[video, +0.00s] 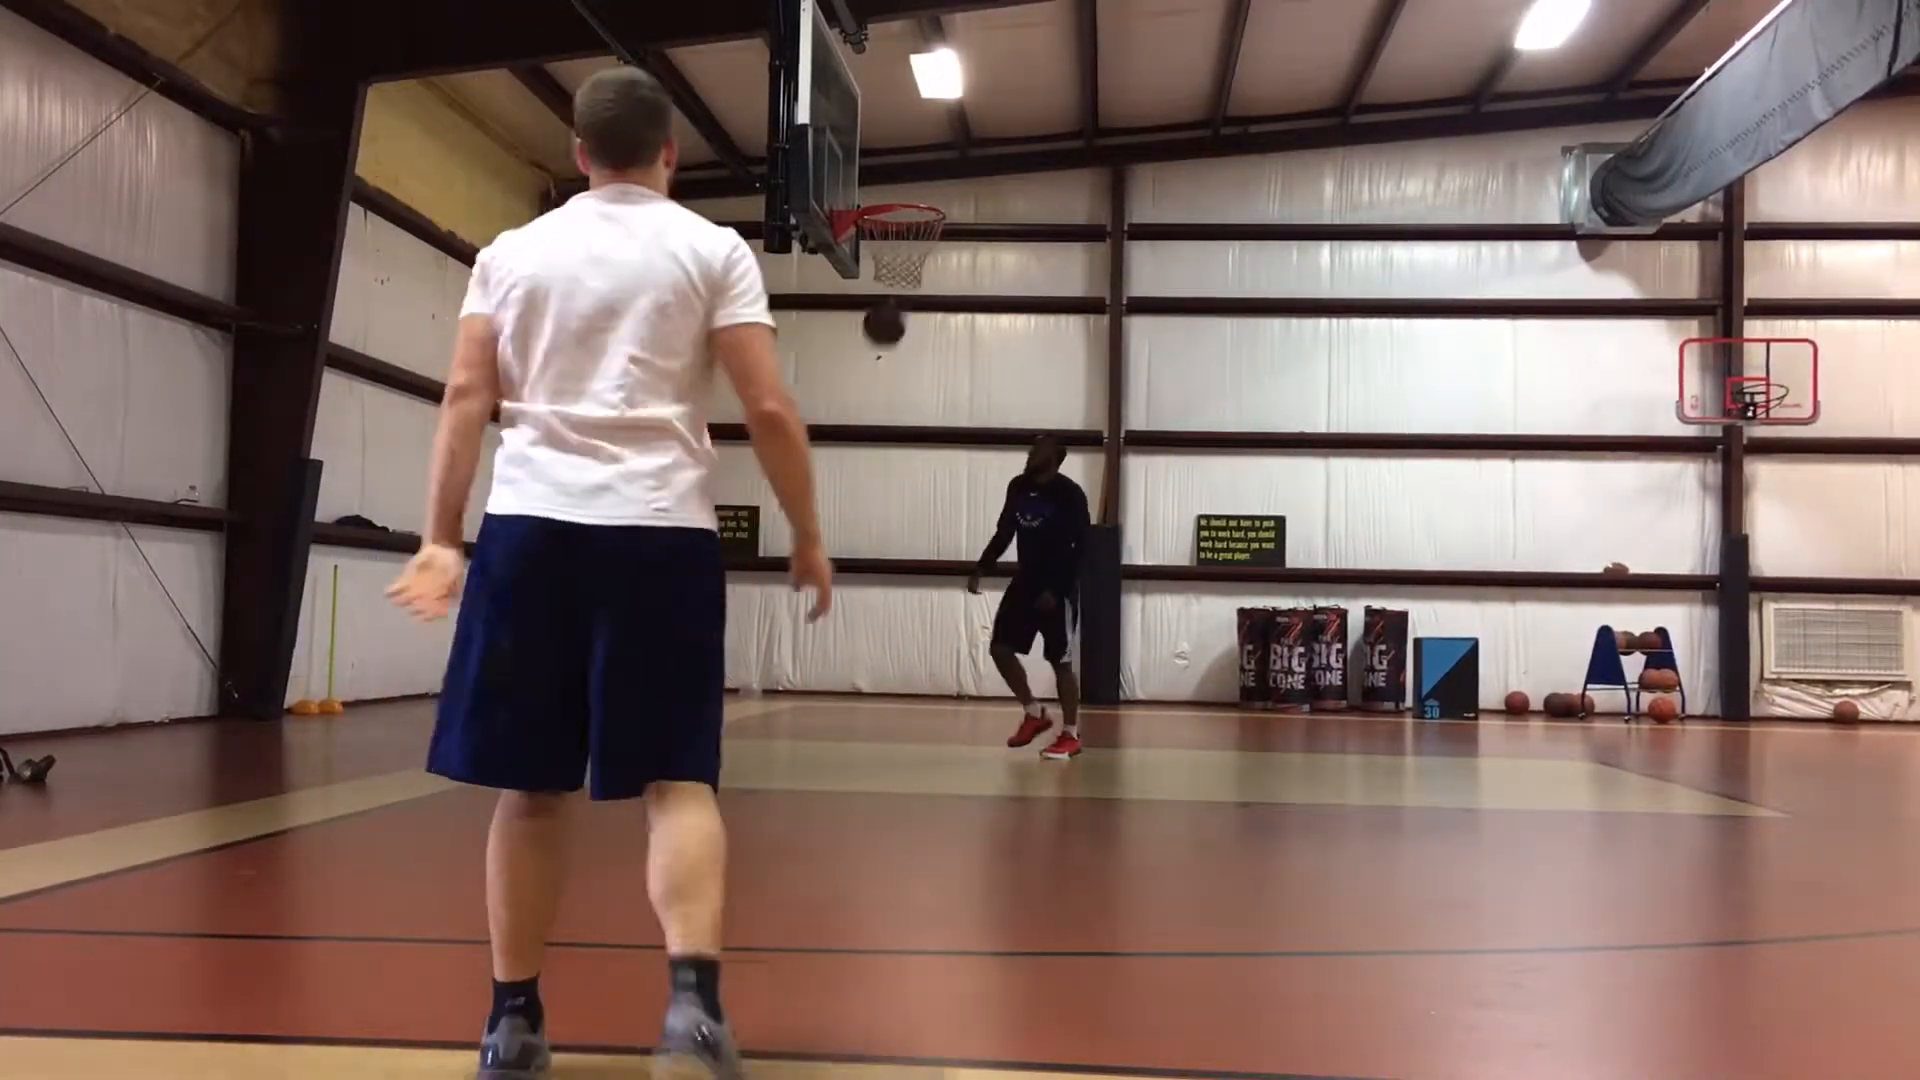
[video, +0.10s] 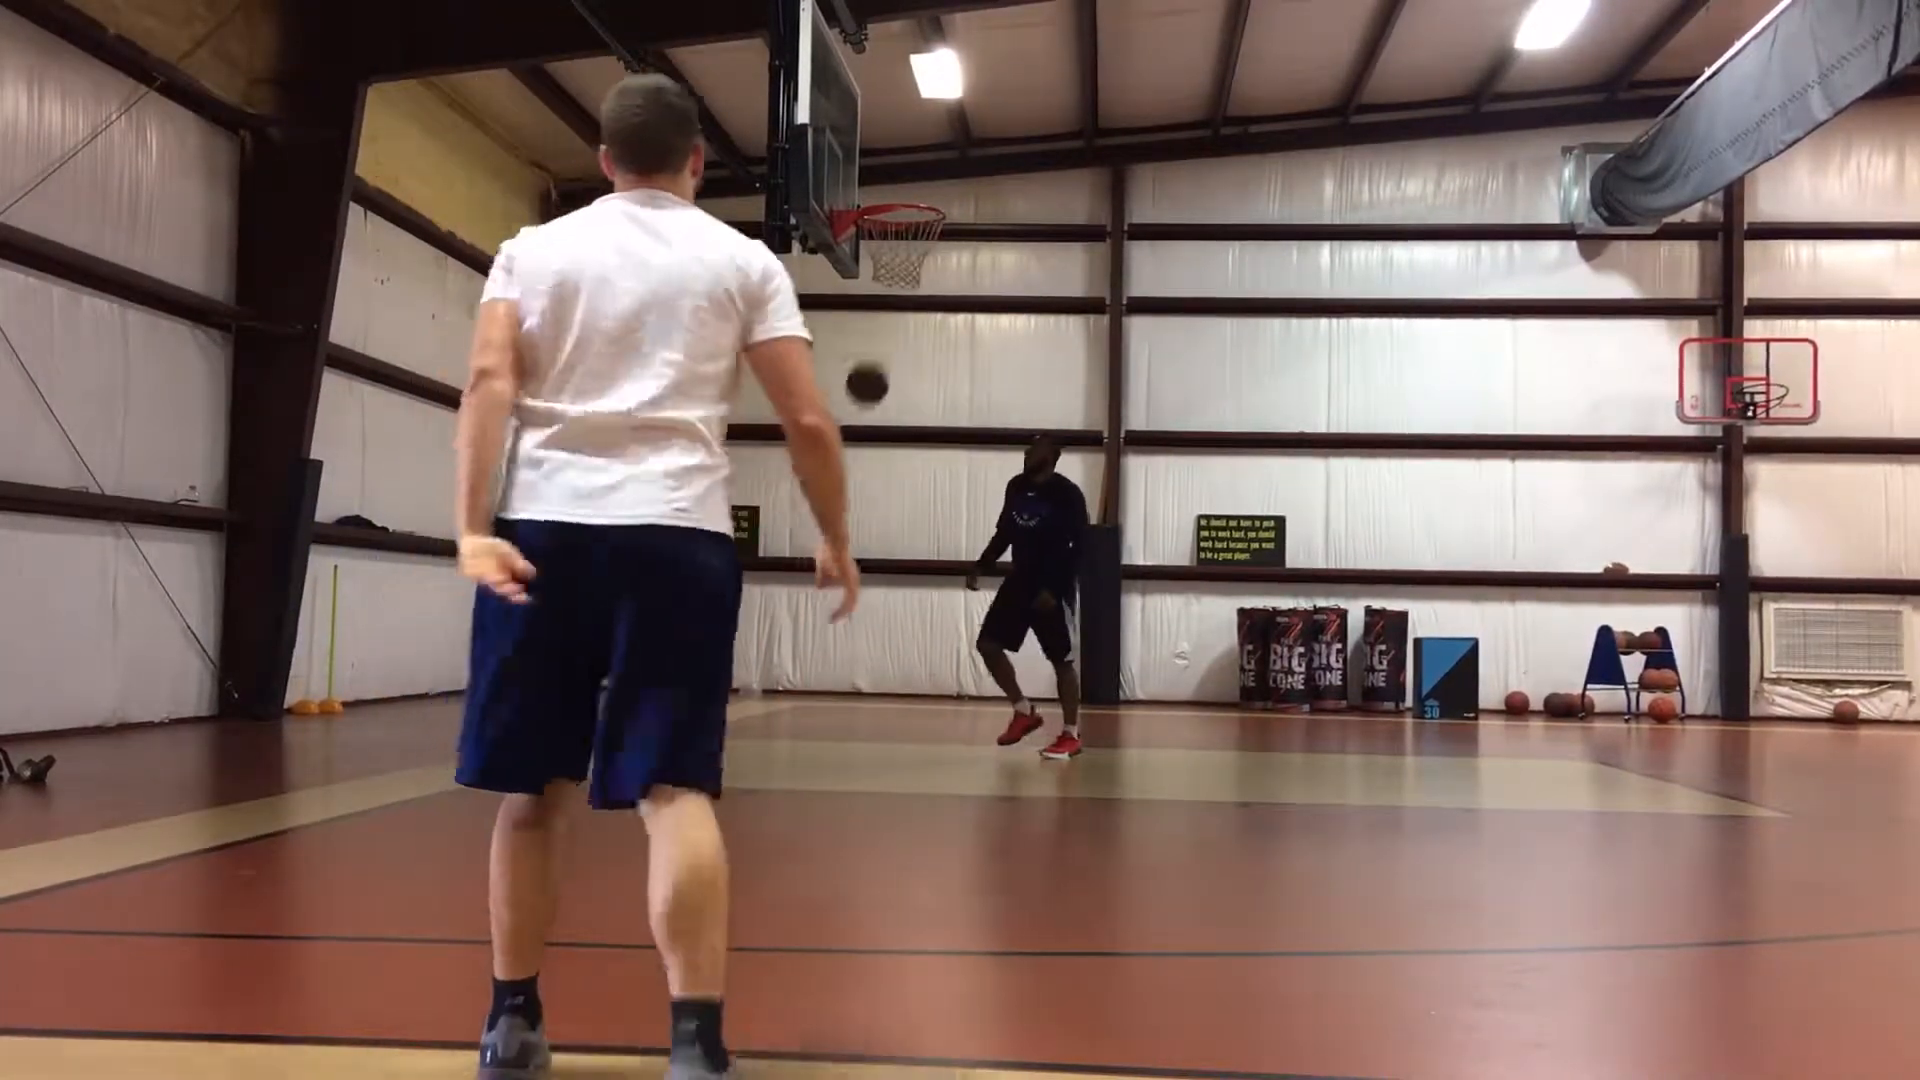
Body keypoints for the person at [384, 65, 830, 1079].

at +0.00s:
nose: (663, 164)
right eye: (670, 150)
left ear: (575, 156)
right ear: (670, 153)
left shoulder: (513, 253)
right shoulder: (715, 251)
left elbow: (466, 397)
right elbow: (768, 407)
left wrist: (441, 538)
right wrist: (807, 534)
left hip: (529, 544)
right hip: (664, 547)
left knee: (530, 787)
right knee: (679, 777)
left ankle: (512, 1022)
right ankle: (694, 1005)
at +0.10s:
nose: (696, 174)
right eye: (700, 161)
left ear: (601, 160)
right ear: (698, 163)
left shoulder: (532, 251)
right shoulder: (744, 263)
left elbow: (490, 380)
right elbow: (808, 420)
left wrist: (473, 527)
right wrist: (835, 539)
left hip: (543, 542)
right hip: (685, 551)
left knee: (526, 798)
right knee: (680, 788)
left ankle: (513, 1027)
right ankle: (697, 1049)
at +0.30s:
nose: (701, 152)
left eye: (698, 143)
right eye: (702, 140)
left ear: (596, 126)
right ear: (690, 134)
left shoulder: (507, 208)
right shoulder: (693, 206)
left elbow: (428, 369)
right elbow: (725, 343)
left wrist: (499, 458)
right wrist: (841, 450)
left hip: (456, 496)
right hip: (604, 511)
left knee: (392, 763)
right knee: (624, 767)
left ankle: (292, 998)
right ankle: (623, 1010)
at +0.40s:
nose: (651, 149)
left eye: (646, 139)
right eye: (653, 136)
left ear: (548, 124)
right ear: (642, 131)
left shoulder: (453, 208)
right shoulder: (653, 211)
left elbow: (376, 360)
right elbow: (710, 371)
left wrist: (405, 464)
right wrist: (750, 474)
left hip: (395, 477)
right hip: (547, 491)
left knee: (323, 742)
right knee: (554, 763)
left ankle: (180, 985)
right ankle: (529, 1018)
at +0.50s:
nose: (592, 200)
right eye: (595, 188)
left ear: (491, 173)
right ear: (582, 184)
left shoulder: (395, 253)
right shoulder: (597, 276)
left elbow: (308, 409)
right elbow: (650, 470)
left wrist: (376, 508)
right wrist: (681, 619)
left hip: (335, 544)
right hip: (490, 569)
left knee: (233, 784)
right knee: (505, 821)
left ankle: (76, 1018)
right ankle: (471, 1057)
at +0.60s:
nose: (528, 288)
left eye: (523, 273)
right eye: (527, 274)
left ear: (424, 264)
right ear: (516, 274)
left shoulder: (329, 341)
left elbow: (242, 499)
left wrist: (330, 582)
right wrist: (671, 692)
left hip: (293, 620)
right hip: (453, 631)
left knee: (165, 839)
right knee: (546, 841)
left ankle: (24, 1038)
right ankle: (516, 1014)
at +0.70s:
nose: (533, 310)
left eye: (519, 301)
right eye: (534, 299)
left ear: (434, 293)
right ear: (524, 297)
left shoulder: (348, 376)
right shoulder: (549, 379)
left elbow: (282, 538)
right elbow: (596, 532)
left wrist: (367, 609)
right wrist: (715, 635)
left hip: (320, 625)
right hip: (477, 627)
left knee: (192, 842)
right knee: (612, 811)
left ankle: (31, 1045)